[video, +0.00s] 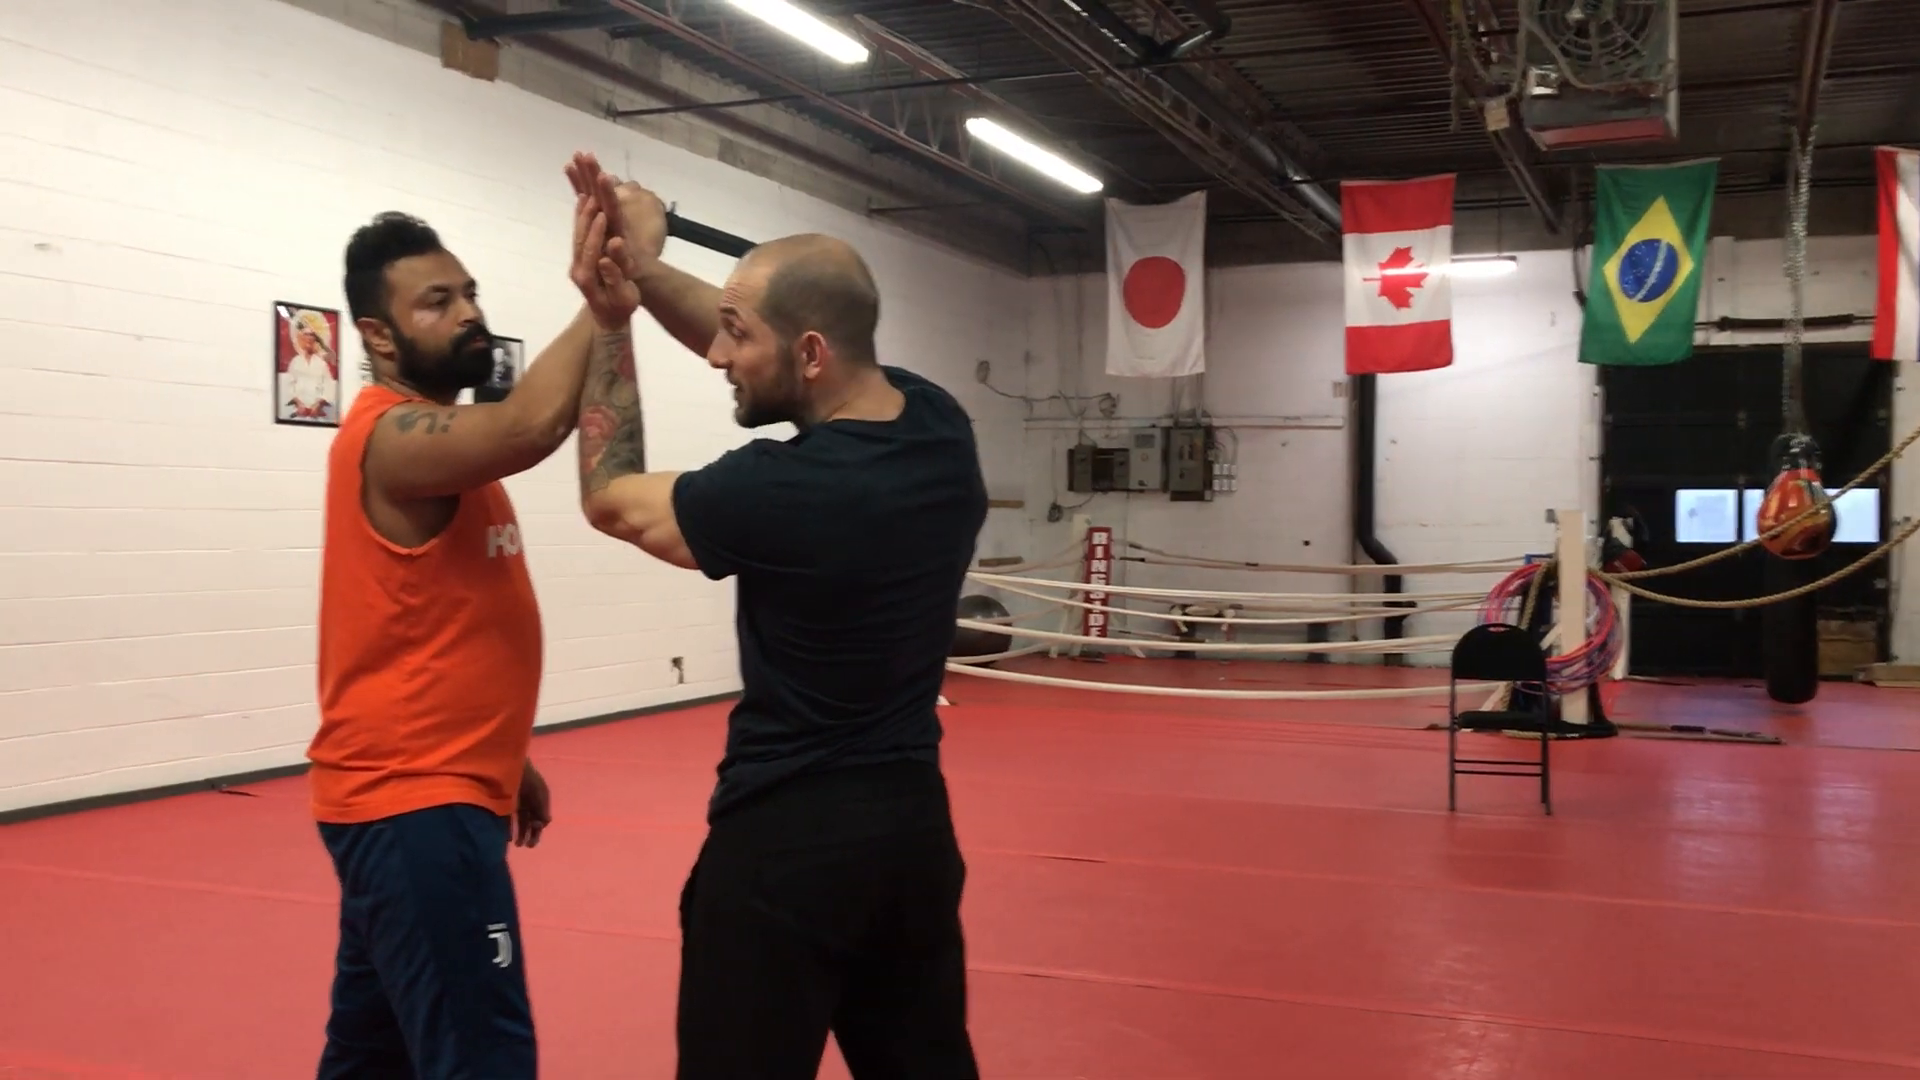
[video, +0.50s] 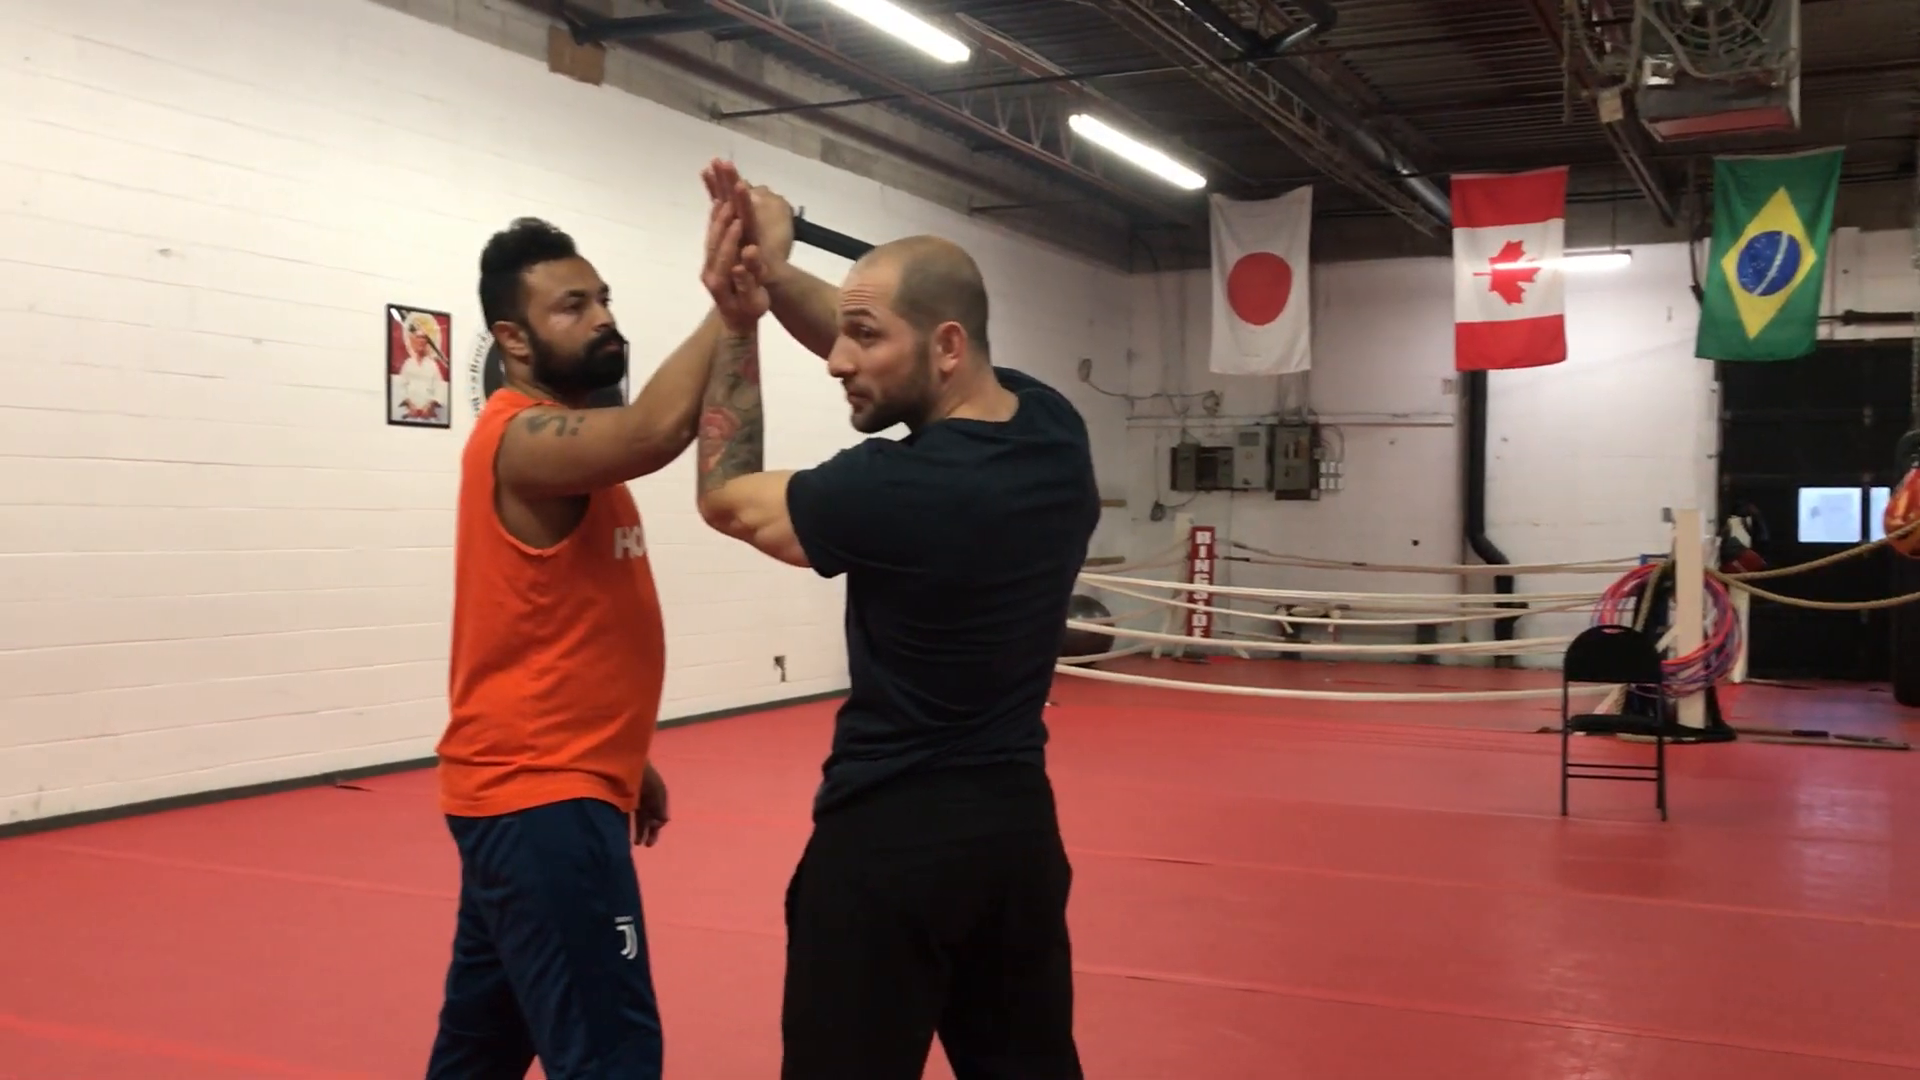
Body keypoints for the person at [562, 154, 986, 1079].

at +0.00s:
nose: (722, 353)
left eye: (739, 335)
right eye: (726, 331)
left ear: (810, 354)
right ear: (821, 348)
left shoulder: (774, 492)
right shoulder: (939, 429)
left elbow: (611, 497)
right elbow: (748, 338)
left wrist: (609, 313)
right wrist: (641, 265)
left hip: (776, 845)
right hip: (908, 829)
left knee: (734, 1063)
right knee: (928, 1066)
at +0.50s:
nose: (840, 361)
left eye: (866, 335)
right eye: (842, 334)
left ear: (945, 344)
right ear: (947, 347)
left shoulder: (889, 492)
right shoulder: (1055, 430)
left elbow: (728, 496)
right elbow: (867, 332)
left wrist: (737, 315)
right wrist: (773, 266)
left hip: (881, 845)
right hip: (1015, 831)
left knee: (839, 1064)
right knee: (1031, 1067)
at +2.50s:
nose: (923, 353)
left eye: (943, 328)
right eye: (926, 329)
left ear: (1021, 344)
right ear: (1027, 346)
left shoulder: (975, 486)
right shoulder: (1141, 436)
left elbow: (815, 499)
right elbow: (954, 350)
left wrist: (831, 318)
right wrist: (872, 271)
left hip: (960, 847)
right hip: (1097, 835)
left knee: (920, 1062)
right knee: (1112, 1067)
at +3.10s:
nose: (950, 312)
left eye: (956, 291)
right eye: (952, 291)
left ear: (995, 305)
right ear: (1090, 299)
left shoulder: (961, 451)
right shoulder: (1185, 430)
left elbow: (829, 556)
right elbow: (1057, 432)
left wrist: (862, 408)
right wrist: (934, 373)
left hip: (1029, 859)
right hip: (1183, 838)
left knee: (981, 1064)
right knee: (1243, 1068)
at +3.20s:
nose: (1009, 309)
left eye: (1014, 289)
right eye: (1011, 289)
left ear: (1051, 303)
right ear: (1147, 302)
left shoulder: (1002, 465)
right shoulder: (1240, 445)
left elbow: (872, 612)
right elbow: (1120, 528)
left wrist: (891, 471)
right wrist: (983, 430)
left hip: (1061, 874)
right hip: (1222, 858)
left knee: (1001, 1066)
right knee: (1303, 1069)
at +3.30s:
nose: (1076, 317)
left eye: (1082, 297)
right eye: (1079, 296)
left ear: (1123, 314)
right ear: (1217, 313)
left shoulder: (1071, 477)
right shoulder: (1312, 467)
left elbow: (947, 689)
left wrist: (942, 574)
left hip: (1109, 895)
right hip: (1282, 886)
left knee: (1032, 1065)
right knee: (1365, 1069)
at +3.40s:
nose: (1153, 338)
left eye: (1162, 317)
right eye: (1157, 317)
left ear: (1207, 337)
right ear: (1304, 340)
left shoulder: (1151, 500)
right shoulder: (1406, 505)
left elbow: (1069, 759)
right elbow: (1397, 699)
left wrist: (1021, 695)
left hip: (1181, 937)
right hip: (1359, 930)